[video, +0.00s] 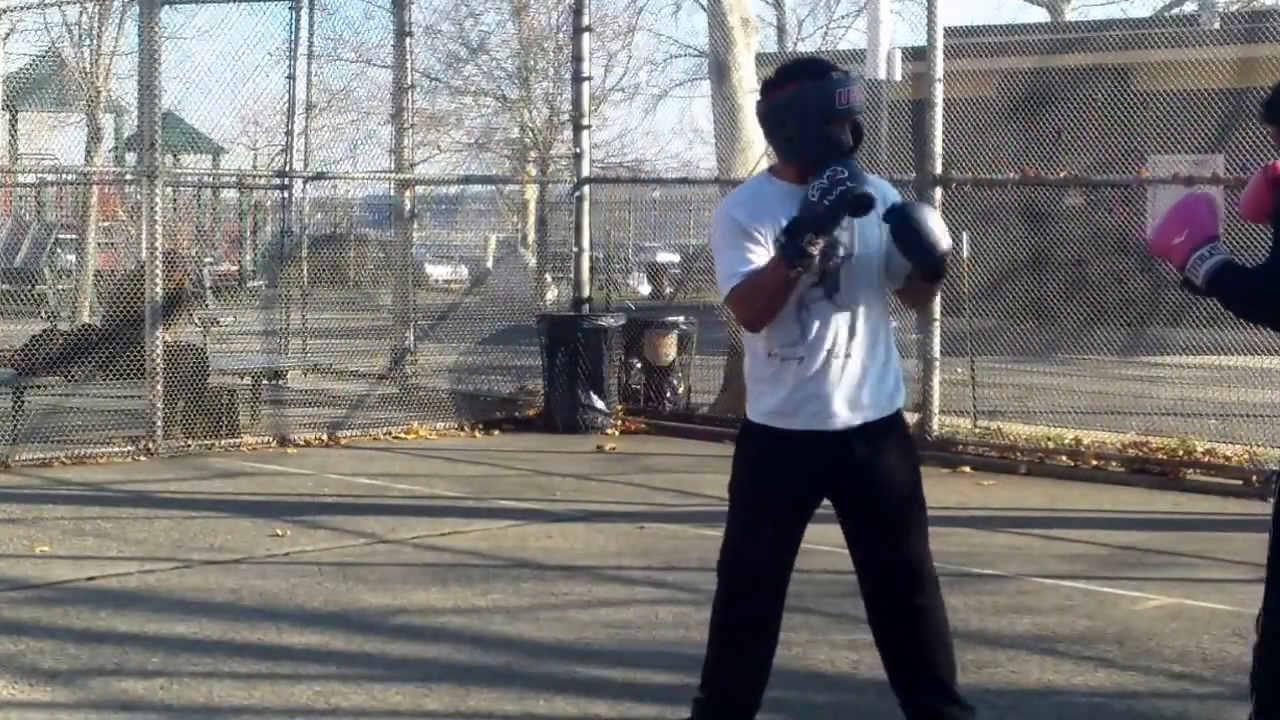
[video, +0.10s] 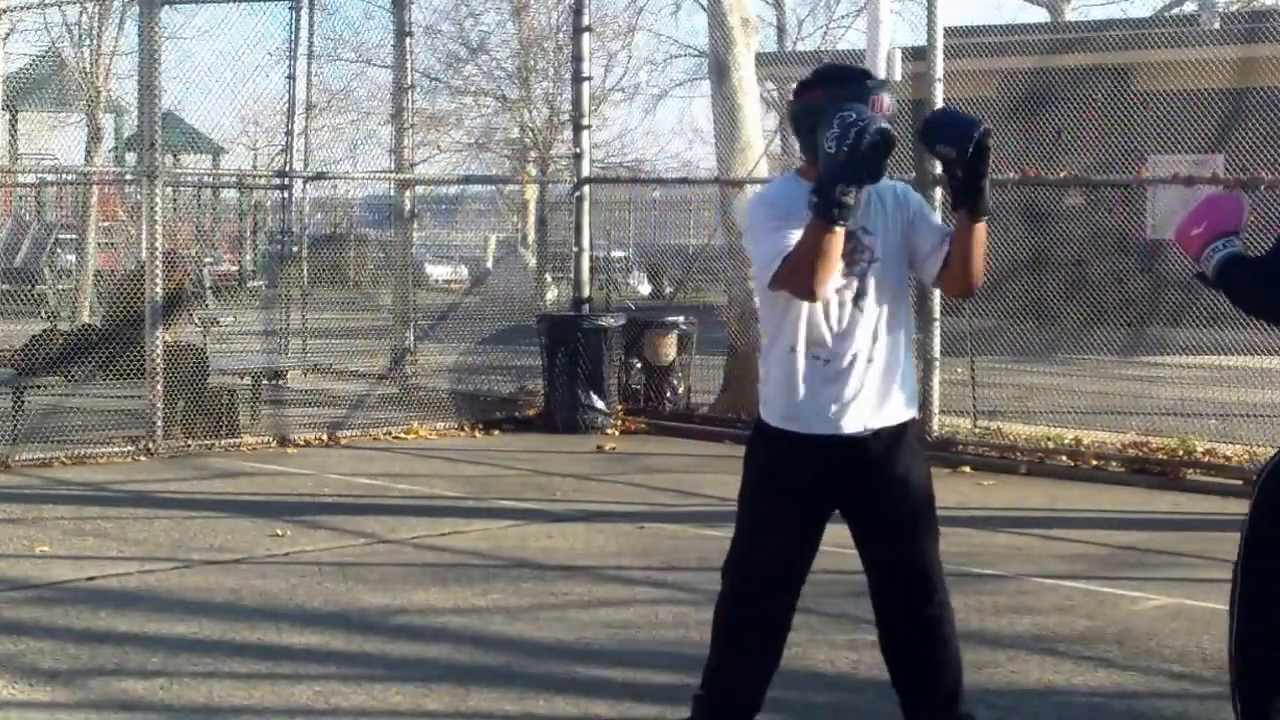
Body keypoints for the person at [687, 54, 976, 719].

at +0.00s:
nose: (847, 123)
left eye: (848, 109)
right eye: (828, 111)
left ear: (851, 117)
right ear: (783, 122)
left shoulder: (877, 195)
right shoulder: (744, 209)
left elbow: (916, 298)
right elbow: (748, 310)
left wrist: (928, 263)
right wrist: (801, 242)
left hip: (874, 427)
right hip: (779, 435)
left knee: (908, 589)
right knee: (748, 597)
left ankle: (940, 712)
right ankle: (721, 715)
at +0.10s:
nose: (845, 135)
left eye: (858, 122)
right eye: (829, 122)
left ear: (878, 130)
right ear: (804, 129)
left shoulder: (898, 200)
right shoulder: (770, 202)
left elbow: (960, 280)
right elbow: (809, 283)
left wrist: (967, 192)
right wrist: (834, 194)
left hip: (886, 439)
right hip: (789, 442)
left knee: (918, 611)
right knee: (752, 610)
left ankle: (940, 716)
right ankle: (717, 716)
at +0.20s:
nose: (888, 128)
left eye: (897, 115)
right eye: (873, 113)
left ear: (907, 129)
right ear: (838, 119)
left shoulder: (916, 202)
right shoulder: (793, 197)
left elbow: (987, 267)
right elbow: (847, 264)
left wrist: (983, 173)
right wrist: (872, 172)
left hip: (899, 443)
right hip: (800, 441)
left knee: (924, 619)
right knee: (751, 615)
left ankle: (940, 718)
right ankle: (715, 715)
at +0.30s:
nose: (920, 129)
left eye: (927, 118)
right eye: (909, 115)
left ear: (930, 133)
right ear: (873, 122)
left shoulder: (931, 206)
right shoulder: (814, 193)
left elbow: (995, 276)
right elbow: (876, 262)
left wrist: (1005, 178)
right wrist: (908, 172)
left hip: (903, 444)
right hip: (807, 439)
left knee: (924, 617)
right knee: (755, 609)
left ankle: (941, 716)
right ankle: (714, 713)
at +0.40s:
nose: (929, 129)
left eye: (939, 117)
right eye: (917, 113)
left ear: (949, 134)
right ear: (882, 119)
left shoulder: (942, 210)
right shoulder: (821, 190)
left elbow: (995, 284)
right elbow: (878, 261)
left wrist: (1016, 188)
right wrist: (916, 170)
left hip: (903, 441)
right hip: (806, 434)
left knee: (923, 613)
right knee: (757, 603)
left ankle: (939, 717)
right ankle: (715, 712)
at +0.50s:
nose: (926, 125)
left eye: (941, 114)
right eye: (913, 107)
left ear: (954, 129)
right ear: (878, 112)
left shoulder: (946, 208)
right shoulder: (819, 189)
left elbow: (995, 284)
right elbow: (861, 260)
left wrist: (1012, 188)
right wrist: (897, 170)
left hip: (907, 441)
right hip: (808, 434)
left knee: (923, 612)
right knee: (755, 604)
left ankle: (939, 717)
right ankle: (713, 712)